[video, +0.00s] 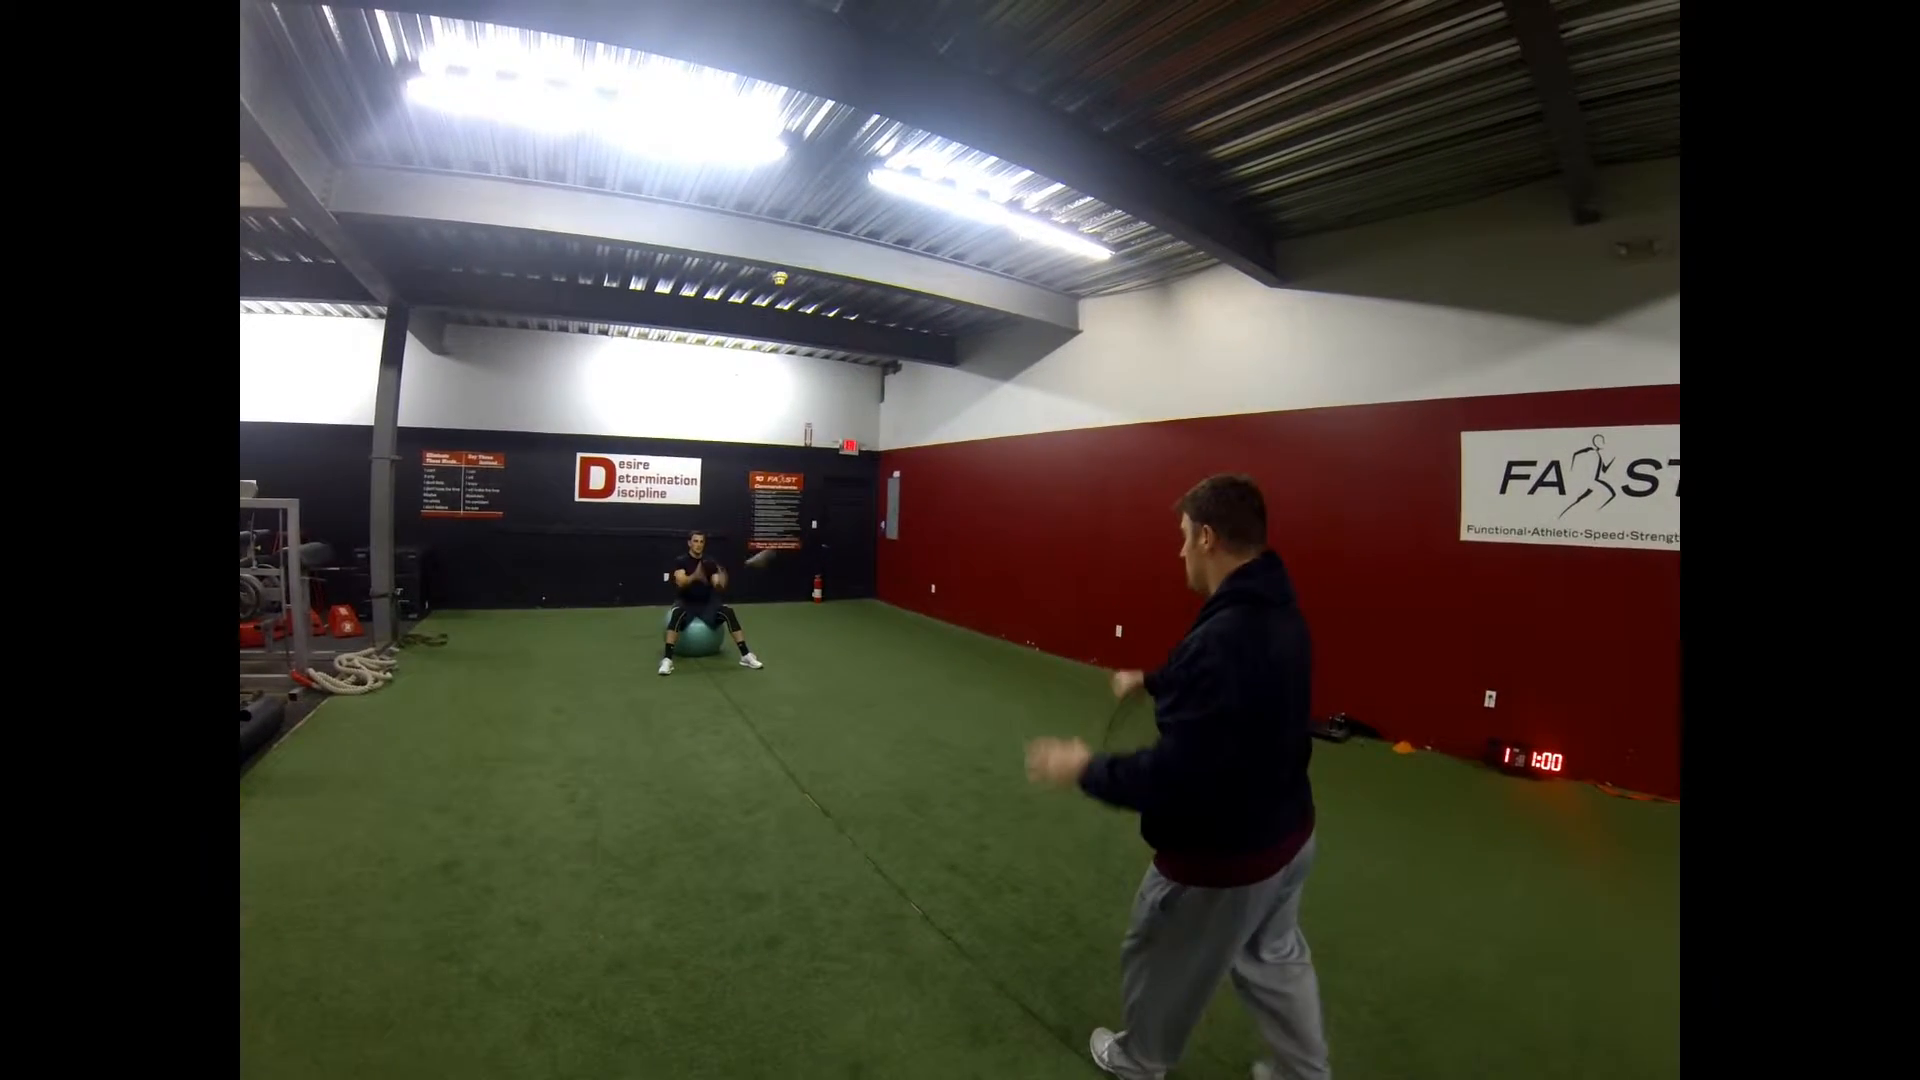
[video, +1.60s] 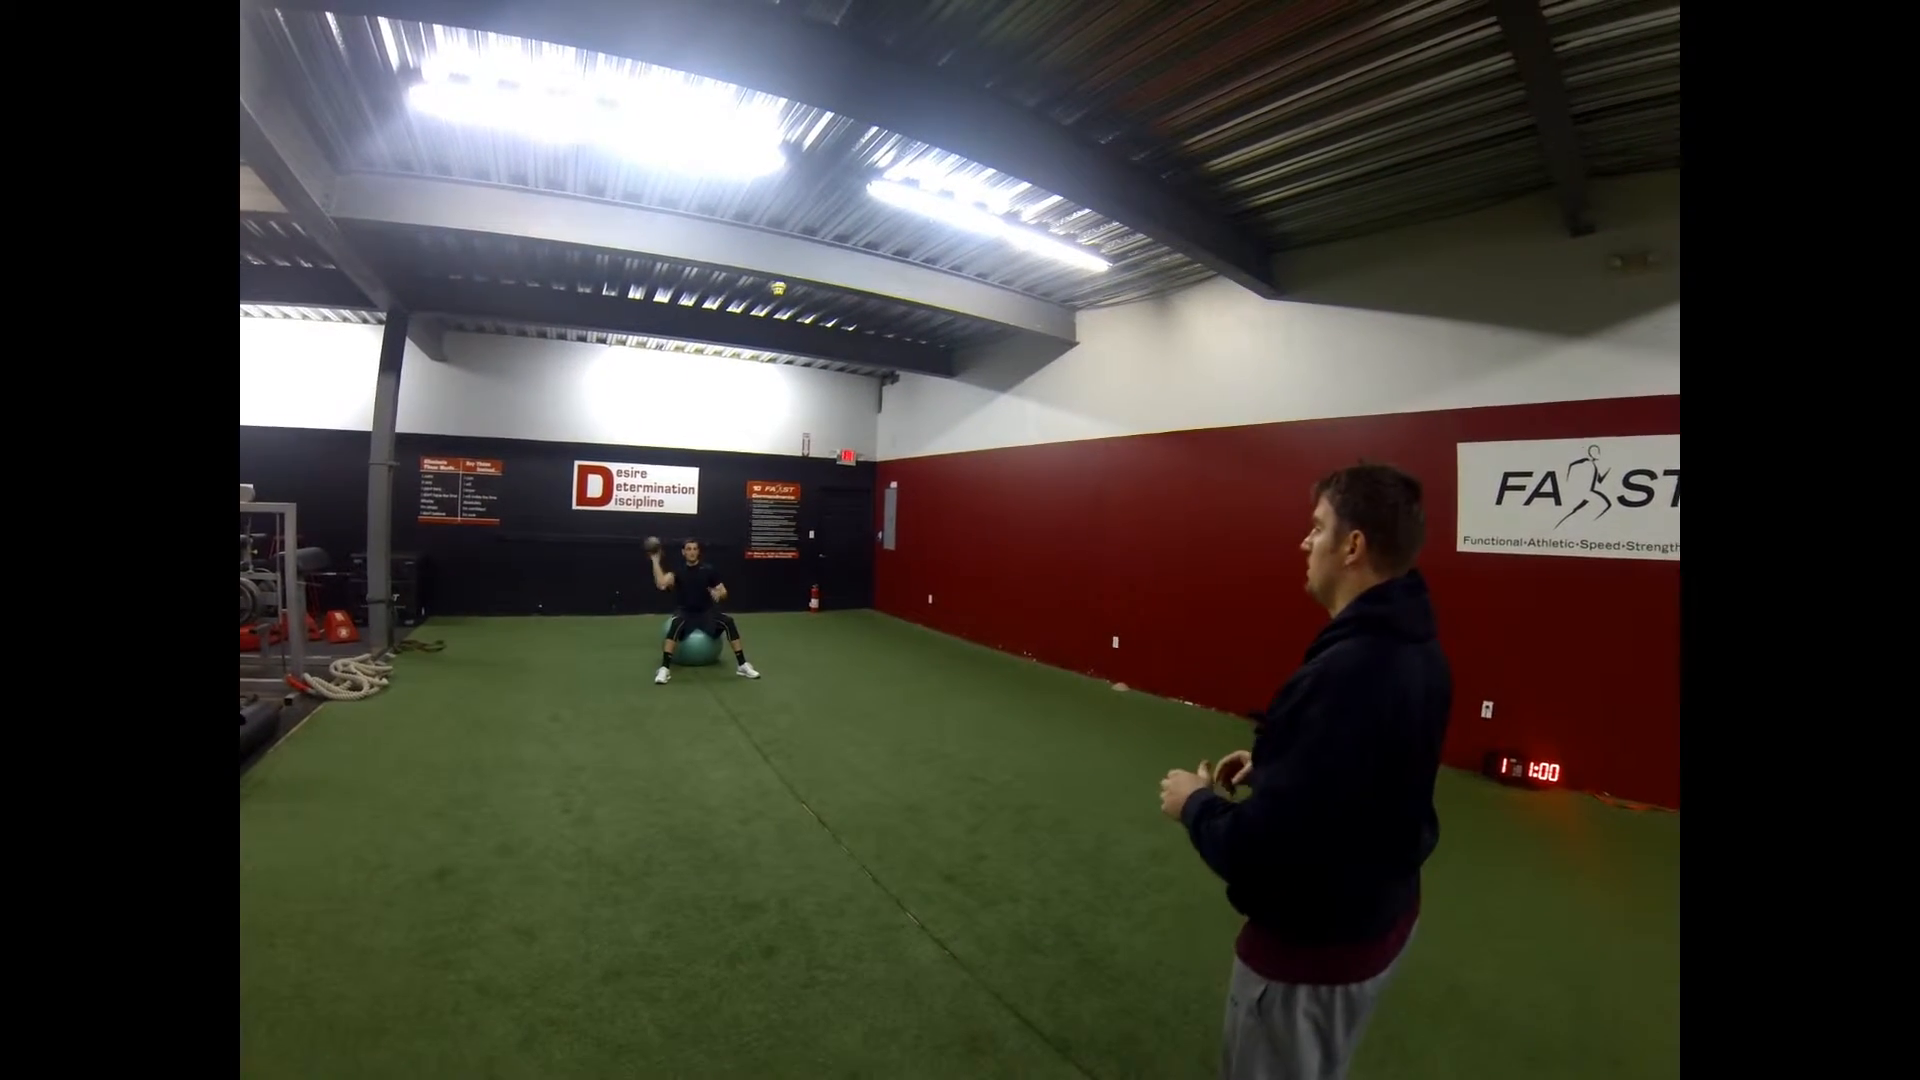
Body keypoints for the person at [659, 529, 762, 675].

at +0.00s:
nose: (698, 545)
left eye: (701, 542)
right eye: (695, 541)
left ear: (704, 544)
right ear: (689, 543)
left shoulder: (709, 562)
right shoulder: (681, 561)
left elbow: (720, 584)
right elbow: (681, 582)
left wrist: (720, 578)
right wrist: (695, 575)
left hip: (707, 604)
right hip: (687, 604)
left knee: (728, 612)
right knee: (677, 614)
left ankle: (746, 655)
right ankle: (667, 659)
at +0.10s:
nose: (700, 549)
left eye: (702, 546)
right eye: (697, 545)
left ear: (705, 547)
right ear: (689, 545)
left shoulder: (708, 563)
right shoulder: (680, 562)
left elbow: (714, 588)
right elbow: (686, 585)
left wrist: (723, 591)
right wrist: (699, 593)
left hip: (705, 603)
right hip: (685, 605)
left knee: (730, 614)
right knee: (676, 615)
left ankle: (746, 656)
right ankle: (667, 660)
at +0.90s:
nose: (700, 563)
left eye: (703, 560)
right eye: (698, 559)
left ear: (705, 560)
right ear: (690, 557)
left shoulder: (708, 573)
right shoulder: (677, 573)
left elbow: (716, 598)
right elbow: (669, 598)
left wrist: (712, 597)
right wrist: (689, 598)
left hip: (704, 612)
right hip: (684, 613)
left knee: (728, 622)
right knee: (674, 623)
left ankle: (745, 664)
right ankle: (666, 668)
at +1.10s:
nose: (691, 562)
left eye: (694, 559)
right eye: (688, 559)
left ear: (700, 558)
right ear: (685, 557)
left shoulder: (708, 573)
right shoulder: (677, 572)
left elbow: (710, 599)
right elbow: (661, 591)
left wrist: (693, 593)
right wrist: (670, 595)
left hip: (702, 612)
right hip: (682, 611)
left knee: (726, 623)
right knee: (674, 625)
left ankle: (743, 665)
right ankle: (664, 669)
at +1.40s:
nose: (690, 557)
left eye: (693, 554)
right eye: (687, 554)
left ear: (697, 556)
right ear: (681, 555)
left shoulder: (706, 573)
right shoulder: (676, 575)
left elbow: (720, 597)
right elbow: (669, 598)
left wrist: (708, 603)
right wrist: (659, 586)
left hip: (704, 615)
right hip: (684, 615)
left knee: (727, 623)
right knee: (677, 626)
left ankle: (742, 667)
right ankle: (664, 670)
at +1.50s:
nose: (690, 555)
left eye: (693, 552)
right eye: (687, 552)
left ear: (697, 554)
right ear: (682, 554)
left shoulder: (707, 572)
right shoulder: (677, 574)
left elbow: (724, 593)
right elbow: (659, 593)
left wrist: (718, 599)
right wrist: (657, 569)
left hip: (705, 615)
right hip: (684, 616)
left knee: (728, 623)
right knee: (677, 625)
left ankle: (742, 666)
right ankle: (664, 670)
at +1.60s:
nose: (691, 552)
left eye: (694, 549)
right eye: (688, 549)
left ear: (699, 552)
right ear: (683, 552)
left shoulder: (708, 570)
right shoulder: (678, 571)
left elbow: (723, 591)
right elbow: (661, 583)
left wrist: (718, 594)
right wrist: (655, 560)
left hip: (706, 613)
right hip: (685, 613)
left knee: (728, 622)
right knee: (676, 623)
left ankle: (742, 664)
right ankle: (664, 668)